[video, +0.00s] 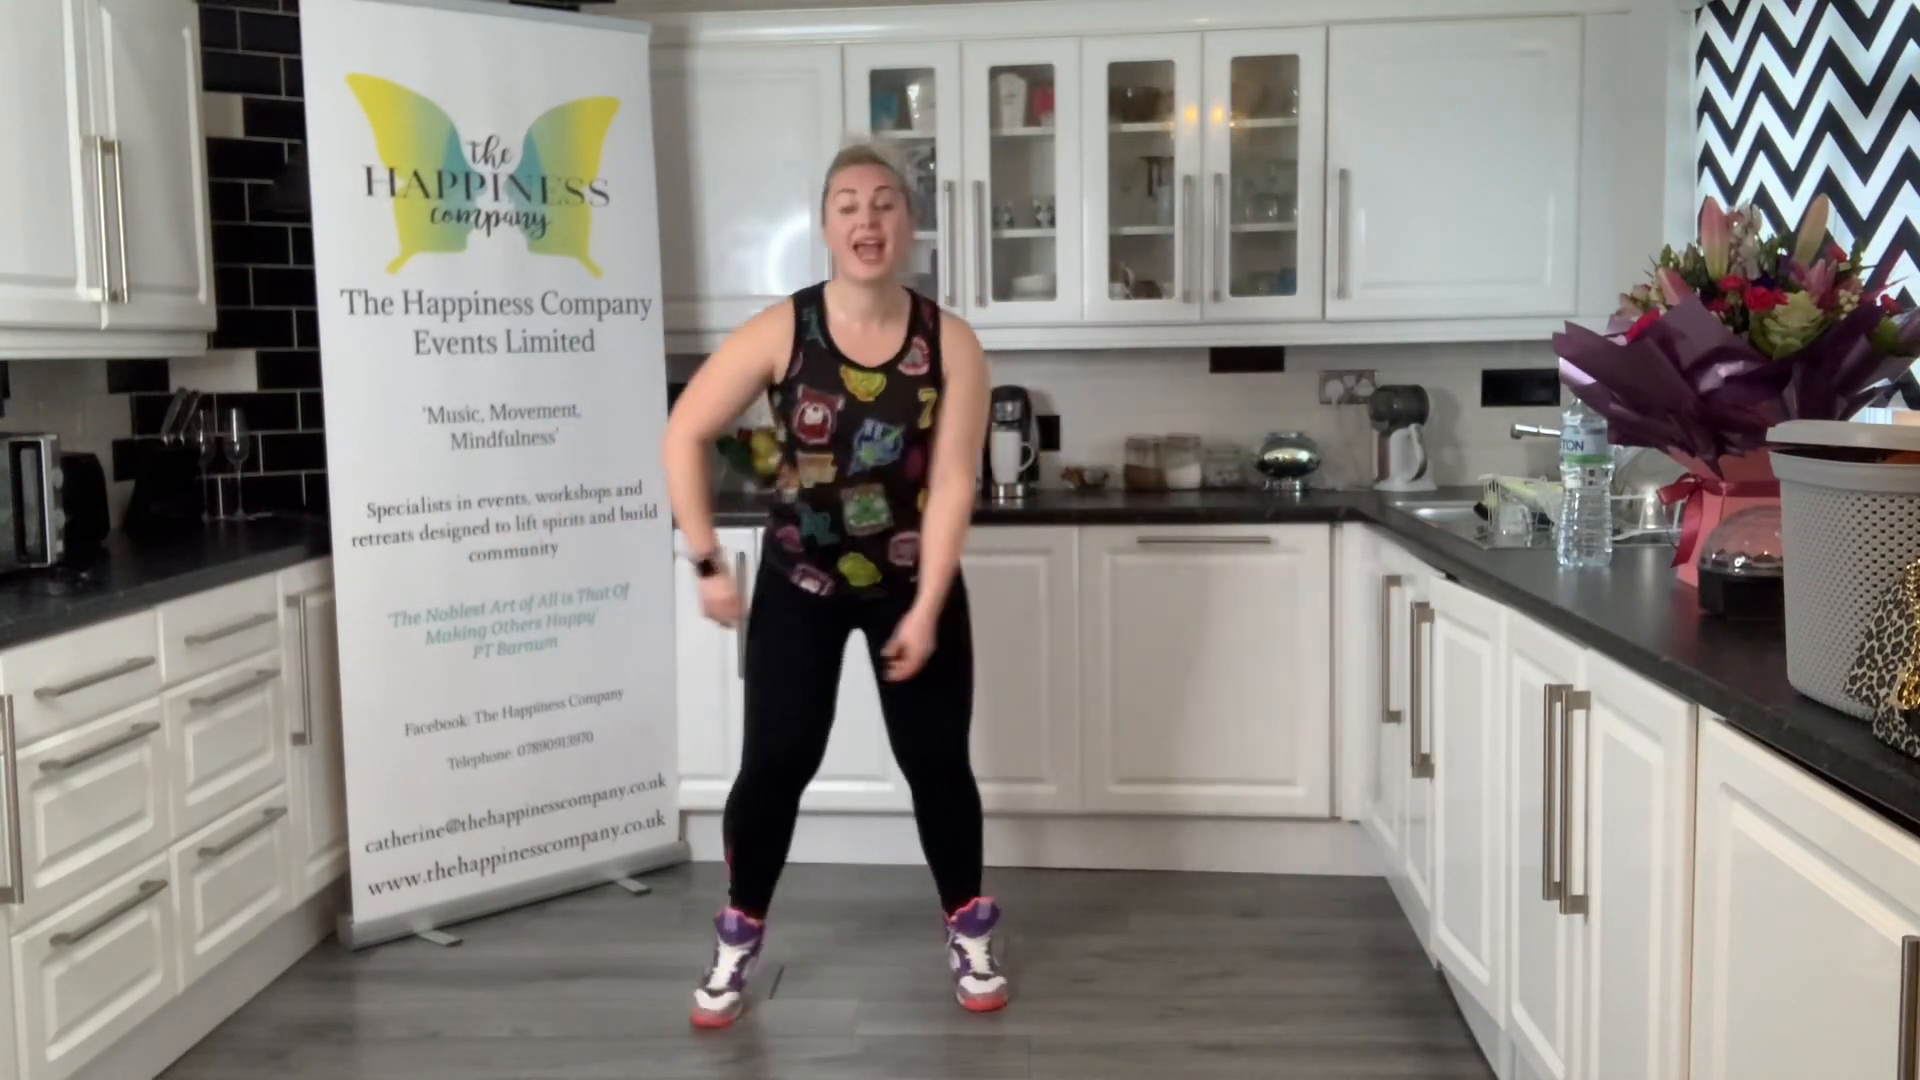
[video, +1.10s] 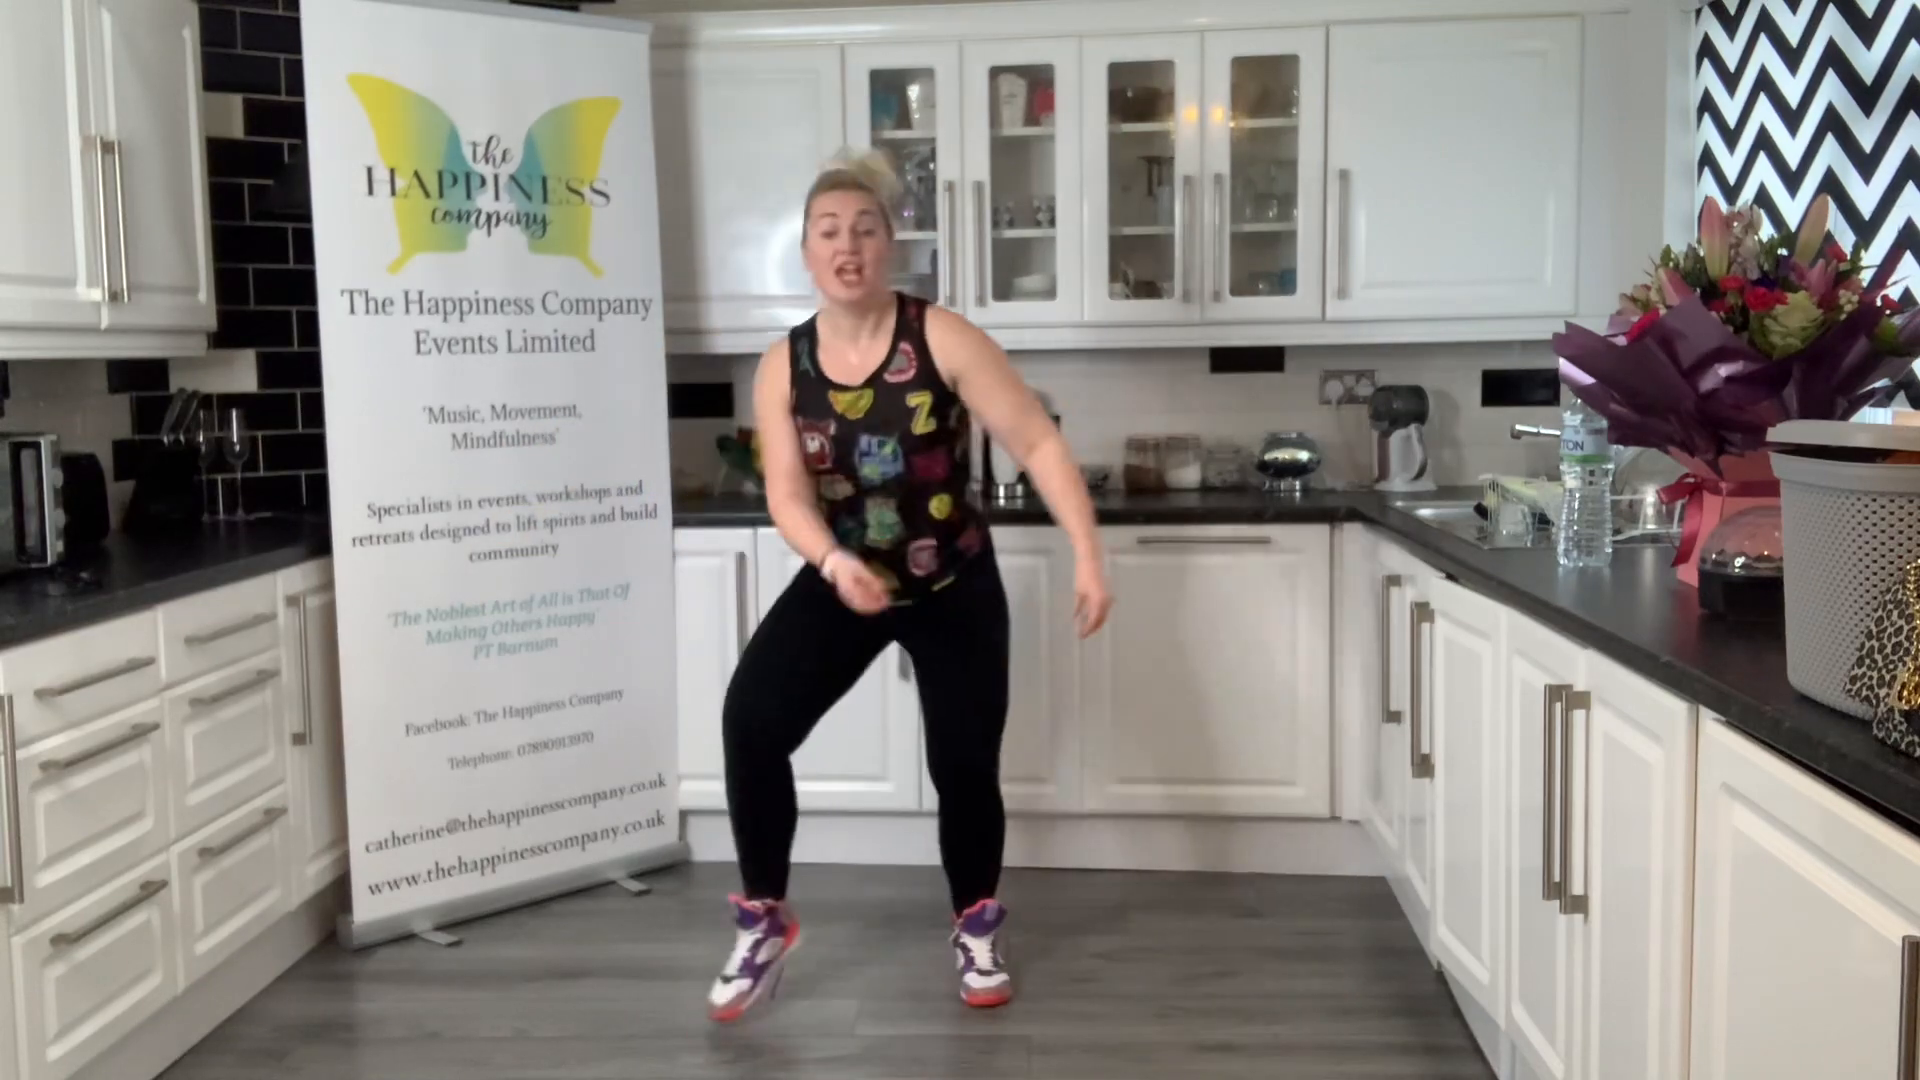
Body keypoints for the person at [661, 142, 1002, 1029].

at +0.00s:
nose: (867, 221)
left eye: (883, 205)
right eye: (849, 207)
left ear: (911, 222)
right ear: (824, 227)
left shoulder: (951, 344)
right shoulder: (782, 330)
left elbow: (954, 486)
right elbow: (686, 432)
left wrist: (927, 604)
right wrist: (707, 560)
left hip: (914, 579)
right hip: (801, 581)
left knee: (938, 764)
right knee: (776, 763)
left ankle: (969, 932)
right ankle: (740, 938)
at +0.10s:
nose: (845, 233)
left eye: (863, 218)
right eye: (828, 220)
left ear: (892, 239)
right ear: (807, 242)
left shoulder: (929, 360)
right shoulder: (759, 339)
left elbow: (913, 502)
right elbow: (644, 420)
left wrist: (848, 605)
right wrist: (607, 540)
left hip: (879, 578)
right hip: (761, 583)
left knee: (932, 759)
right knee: (755, 771)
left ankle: (967, 925)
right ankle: (739, 945)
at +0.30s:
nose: (805, 261)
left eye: (824, 244)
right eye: (790, 245)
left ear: (855, 262)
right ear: (771, 261)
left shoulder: (890, 383)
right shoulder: (719, 355)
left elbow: (876, 522)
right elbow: (606, 410)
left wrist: (768, 545)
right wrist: (535, 461)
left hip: (827, 590)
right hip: (715, 591)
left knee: (908, 725)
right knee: (724, 777)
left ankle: (876, 901)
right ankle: (736, 949)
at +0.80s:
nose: (801, 234)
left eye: (817, 218)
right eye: (782, 220)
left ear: (842, 235)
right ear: (755, 242)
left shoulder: (886, 347)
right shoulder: (718, 352)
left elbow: (890, 499)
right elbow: (655, 470)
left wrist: (826, 602)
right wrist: (585, 572)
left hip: (847, 573)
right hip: (733, 580)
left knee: (934, 727)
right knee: (739, 763)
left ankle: (937, 904)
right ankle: (736, 945)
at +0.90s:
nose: (795, 227)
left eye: (815, 210)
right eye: (781, 213)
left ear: (850, 224)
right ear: (765, 233)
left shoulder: (901, 332)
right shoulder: (735, 342)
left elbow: (919, 476)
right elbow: (711, 480)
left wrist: (916, 604)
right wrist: (687, 600)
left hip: (879, 584)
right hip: (763, 589)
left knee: (921, 765)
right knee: (755, 770)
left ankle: (974, 926)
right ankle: (738, 946)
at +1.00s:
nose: (802, 229)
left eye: (822, 212)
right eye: (790, 214)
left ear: (866, 227)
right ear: (779, 230)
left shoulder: (921, 331)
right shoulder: (763, 353)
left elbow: (975, 466)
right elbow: (768, 490)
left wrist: (1010, 588)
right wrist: (786, 604)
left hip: (911, 593)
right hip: (800, 594)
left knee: (932, 765)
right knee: (764, 772)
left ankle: (973, 926)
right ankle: (742, 942)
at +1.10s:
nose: (846, 244)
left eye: (865, 227)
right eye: (828, 229)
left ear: (893, 245)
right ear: (807, 251)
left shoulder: (944, 339)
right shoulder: (784, 367)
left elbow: (1033, 437)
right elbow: (787, 497)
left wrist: (1088, 551)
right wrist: (833, 560)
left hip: (951, 580)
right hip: (842, 582)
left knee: (965, 766)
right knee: (752, 720)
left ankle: (977, 930)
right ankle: (764, 918)